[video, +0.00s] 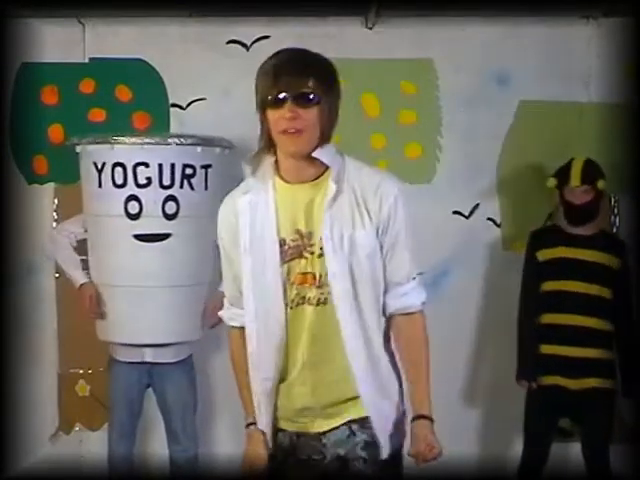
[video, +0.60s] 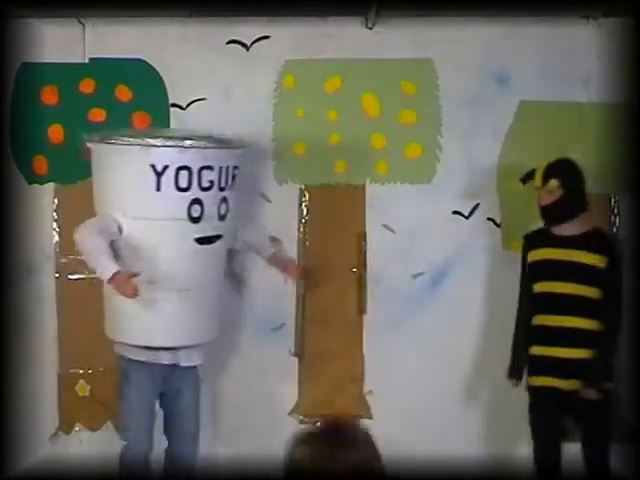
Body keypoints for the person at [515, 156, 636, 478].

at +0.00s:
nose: (579, 197)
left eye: (587, 189)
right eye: (571, 189)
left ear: (599, 194)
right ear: (560, 193)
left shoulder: (615, 248)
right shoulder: (540, 241)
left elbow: (625, 313)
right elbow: (528, 307)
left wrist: (628, 372)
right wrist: (525, 363)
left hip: (597, 374)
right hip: (548, 371)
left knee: (597, 459)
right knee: (533, 457)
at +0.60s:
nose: (541, 197)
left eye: (549, 189)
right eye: (540, 189)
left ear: (569, 191)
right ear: (538, 192)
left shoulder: (602, 244)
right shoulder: (533, 242)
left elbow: (614, 311)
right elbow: (525, 306)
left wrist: (602, 367)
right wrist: (518, 359)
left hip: (591, 376)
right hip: (543, 375)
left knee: (597, 463)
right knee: (545, 463)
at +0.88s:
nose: (496, 201)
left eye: (502, 191)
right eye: (495, 192)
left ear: (523, 193)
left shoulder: (558, 246)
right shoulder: (510, 248)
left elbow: (573, 319)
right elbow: (499, 317)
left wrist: (567, 381)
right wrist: (481, 372)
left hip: (549, 382)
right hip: (516, 380)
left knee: (549, 468)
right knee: (539, 467)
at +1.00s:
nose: (471, 202)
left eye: (476, 192)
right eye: (471, 193)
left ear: (497, 195)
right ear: (501, 198)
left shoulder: (529, 250)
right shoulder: (502, 250)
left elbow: (549, 318)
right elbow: (485, 318)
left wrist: (548, 377)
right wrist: (459, 369)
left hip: (530, 380)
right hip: (509, 377)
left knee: (503, 456)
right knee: (533, 461)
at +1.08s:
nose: (454, 206)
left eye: (460, 196)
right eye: (455, 196)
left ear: (481, 199)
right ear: (484, 202)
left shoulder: (513, 255)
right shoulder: (489, 253)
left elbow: (533, 323)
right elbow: (472, 316)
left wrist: (531, 379)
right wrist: (443, 366)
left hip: (512, 383)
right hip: (497, 380)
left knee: (474, 457)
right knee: (530, 464)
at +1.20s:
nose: (428, 205)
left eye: (433, 197)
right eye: (429, 197)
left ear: (452, 202)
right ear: (454, 204)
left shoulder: (478, 255)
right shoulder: (466, 254)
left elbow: (494, 325)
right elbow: (449, 320)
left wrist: (481, 383)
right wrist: (410, 364)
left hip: (482, 383)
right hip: (482, 380)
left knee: (438, 461)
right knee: (511, 464)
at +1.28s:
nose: (409, 209)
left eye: (414, 200)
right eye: (410, 201)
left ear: (433, 204)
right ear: (442, 205)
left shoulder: (456, 256)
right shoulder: (445, 254)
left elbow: (462, 331)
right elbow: (432, 320)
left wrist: (443, 385)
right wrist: (387, 361)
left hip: (467, 378)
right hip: (467, 376)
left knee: (409, 461)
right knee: (484, 459)